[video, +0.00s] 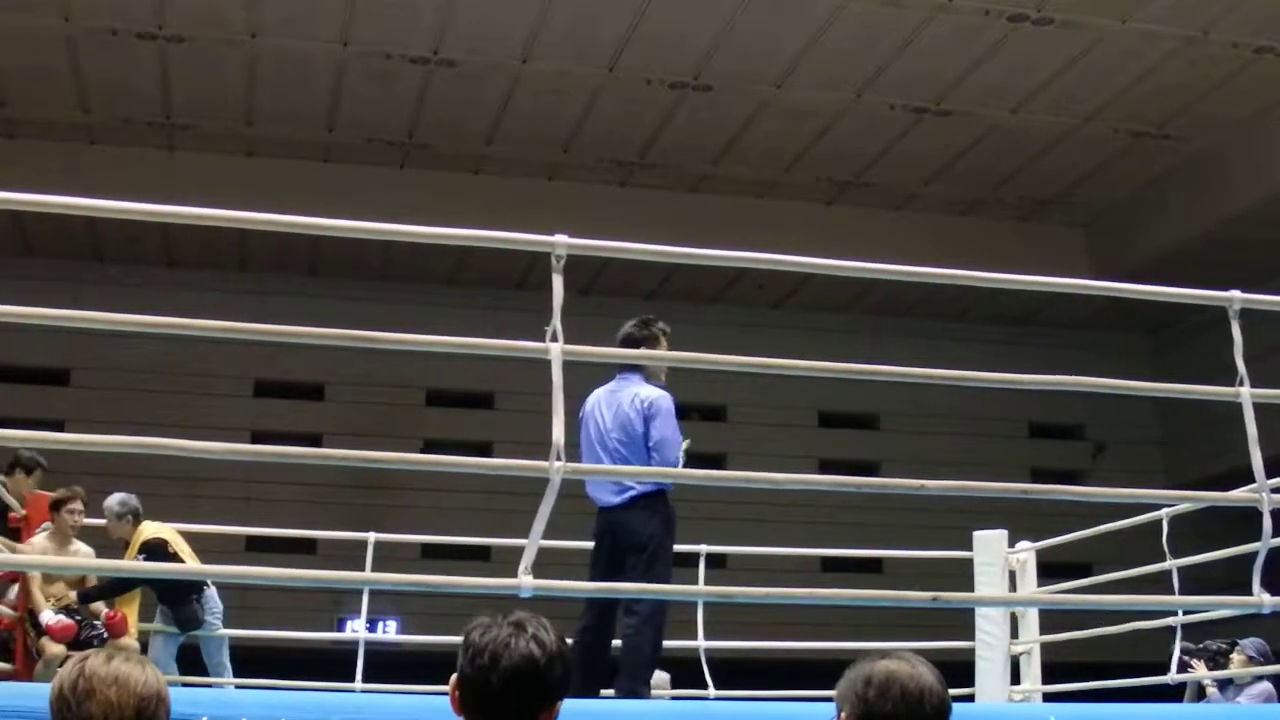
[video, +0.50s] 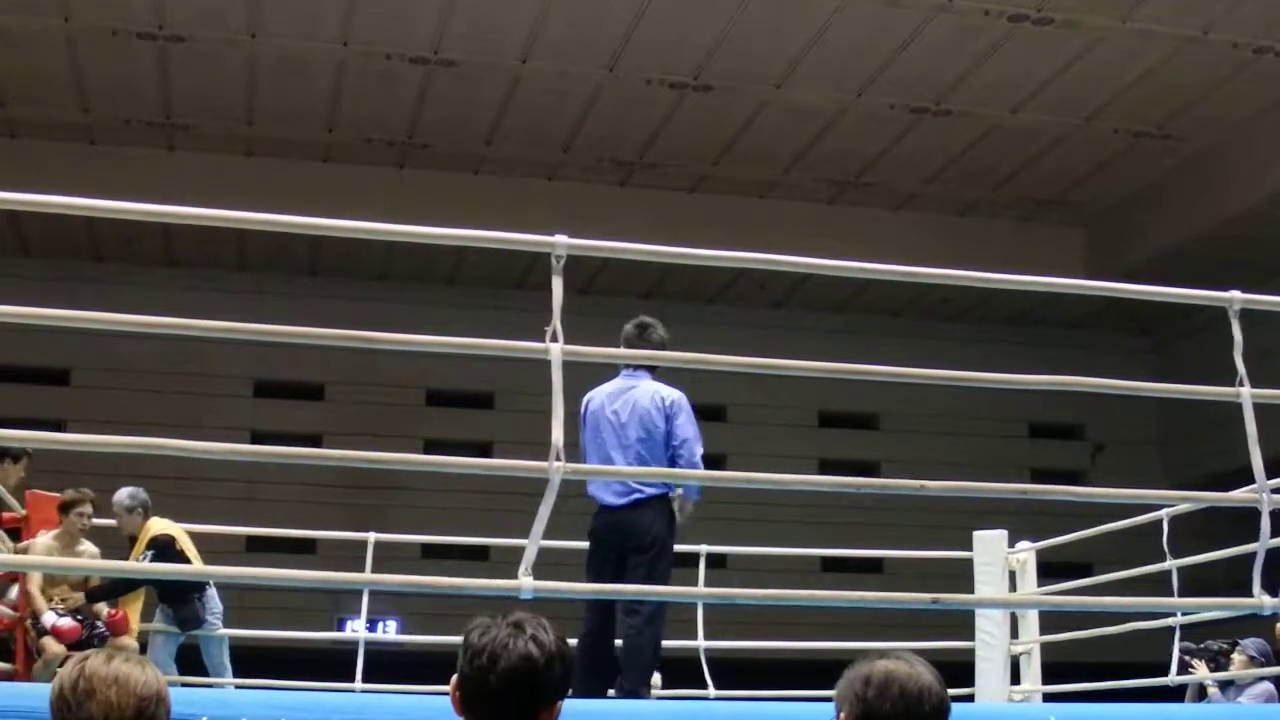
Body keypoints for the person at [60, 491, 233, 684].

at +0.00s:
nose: (106, 525)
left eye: (109, 519)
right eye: (106, 519)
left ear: (127, 520)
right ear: (128, 520)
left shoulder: (154, 542)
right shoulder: (138, 539)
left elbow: (125, 583)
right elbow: (125, 582)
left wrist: (79, 597)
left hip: (202, 600)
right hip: (171, 603)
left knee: (217, 665)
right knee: (160, 660)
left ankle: (230, 712)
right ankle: (175, 708)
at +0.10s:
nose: (106, 525)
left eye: (109, 520)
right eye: (106, 520)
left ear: (128, 520)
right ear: (129, 519)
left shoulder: (154, 543)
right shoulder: (140, 538)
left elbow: (124, 583)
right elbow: (127, 584)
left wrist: (79, 597)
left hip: (202, 600)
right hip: (171, 603)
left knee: (217, 664)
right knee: (160, 660)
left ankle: (230, 712)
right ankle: (173, 709)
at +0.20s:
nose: (107, 524)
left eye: (110, 519)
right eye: (107, 519)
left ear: (129, 520)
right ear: (129, 519)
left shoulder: (154, 542)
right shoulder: (138, 540)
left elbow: (125, 583)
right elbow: (125, 584)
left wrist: (79, 597)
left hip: (201, 600)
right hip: (170, 603)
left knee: (217, 664)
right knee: (160, 660)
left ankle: (230, 712)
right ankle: (174, 709)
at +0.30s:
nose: (109, 524)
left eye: (112, 518)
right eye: (109, 519)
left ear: (132, 519)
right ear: (131, 518)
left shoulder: (156, 541)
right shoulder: (139, 538)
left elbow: (125, 583)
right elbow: (125, 581)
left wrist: (78, 597)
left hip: (201, 601)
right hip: (170, 604)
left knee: (218, 666)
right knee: (159, 661)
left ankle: (231, 714)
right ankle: (174, 709)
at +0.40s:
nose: (112, 522)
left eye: (115, 516)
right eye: (111, 516)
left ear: (134, 516)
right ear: (133, 516)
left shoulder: (159, 539)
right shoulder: (140, 539)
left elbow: (127, 581)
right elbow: (126, 583)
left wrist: (81, 597)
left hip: (201, 600)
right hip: (170, 604)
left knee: (218, 666)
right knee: (159, 660)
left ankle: (231, 712)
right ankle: (177, 708)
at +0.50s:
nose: (116, 522)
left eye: (119, 516)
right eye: (115, 517)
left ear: (138, 514)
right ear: (134, 515)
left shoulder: (162, 537)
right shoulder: (137, 539)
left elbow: (132, 581)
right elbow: (130, 583)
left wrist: (85, 597)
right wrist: (127, 628)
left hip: (201, 600)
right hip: (170, 604)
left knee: (218, 666)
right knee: (158, 660)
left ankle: (230, 711)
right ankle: (176, 709)